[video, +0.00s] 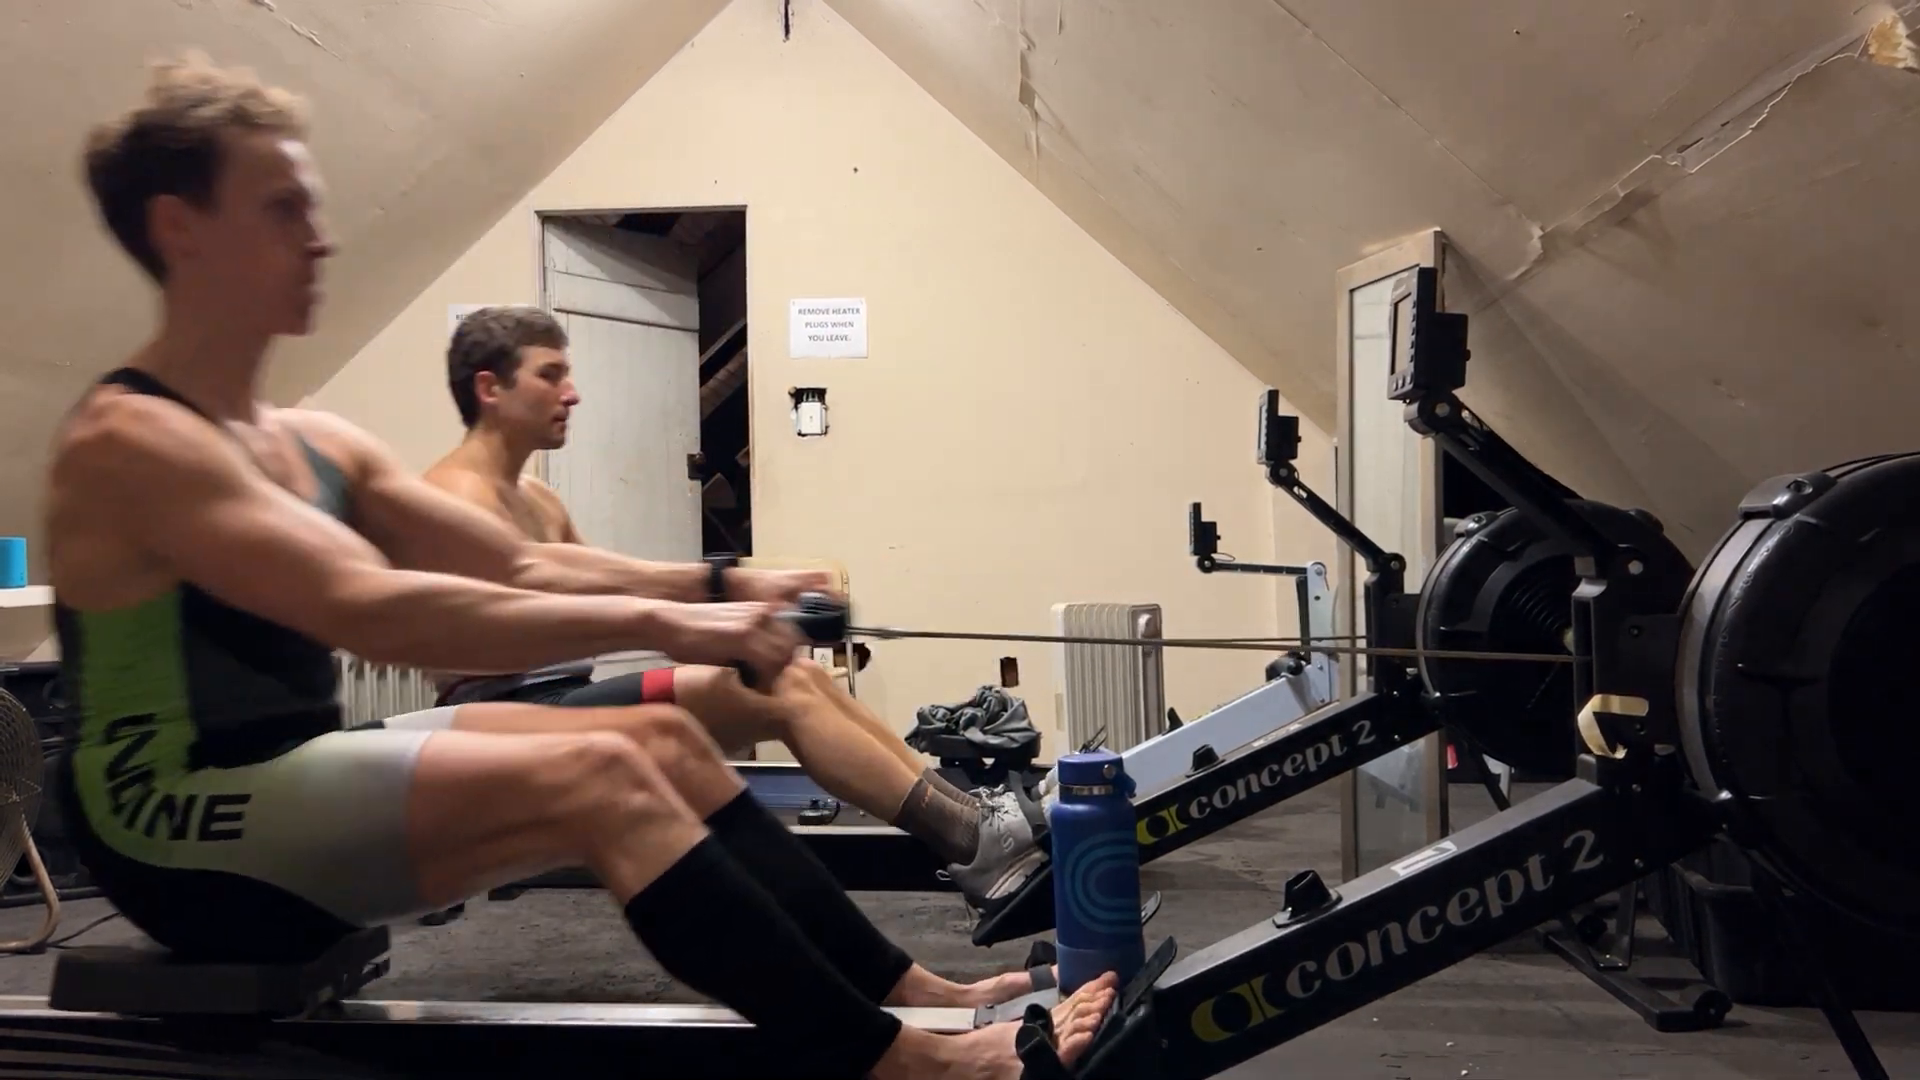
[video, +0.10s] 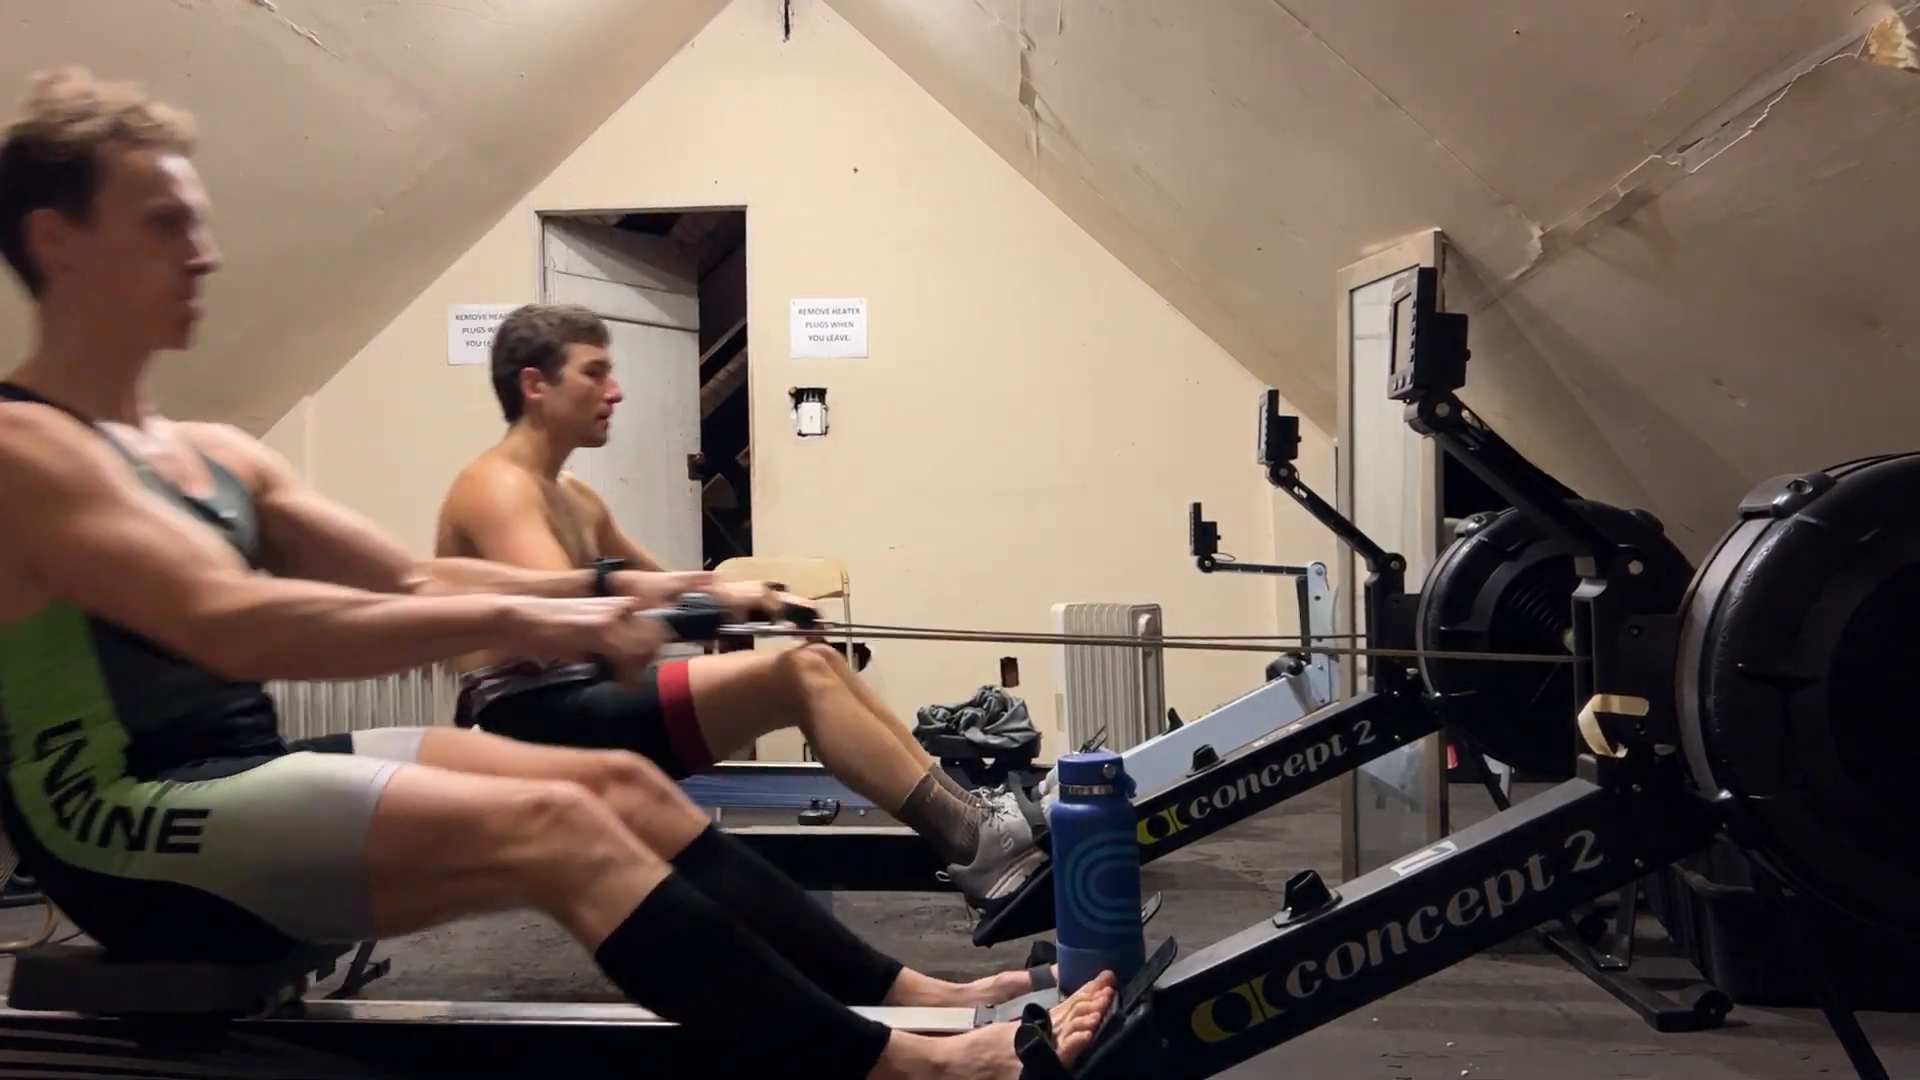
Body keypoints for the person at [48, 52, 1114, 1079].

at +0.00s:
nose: (323, 237)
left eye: (314, 206)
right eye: (285, 208)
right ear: (173, 226)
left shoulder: (310, 439)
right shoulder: (133, 440)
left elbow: (505, 560)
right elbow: (373, 619)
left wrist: (710, 602)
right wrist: (662, 631)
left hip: (295, 765)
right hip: (179, 798)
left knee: (671, 736)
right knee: (606, 780)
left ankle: (909, 998)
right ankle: (885, 1058)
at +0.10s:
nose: (204, 256)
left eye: (199, 225)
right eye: (169, 222)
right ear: (51, 241)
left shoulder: (207, 450)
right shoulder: (24, 447)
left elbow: (413, 585)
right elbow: (230, 625)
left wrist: (585, 609)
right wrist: (520, 624)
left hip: (248, 772)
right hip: (132, 808)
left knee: (613, 789)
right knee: (548, 819)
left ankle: (905, 996)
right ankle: (893, 1061)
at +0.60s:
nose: (197, 308)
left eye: (197, 275)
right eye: (169, 272)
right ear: (52, 273)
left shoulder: (153, 474)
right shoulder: (10, 464)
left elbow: (225, 670)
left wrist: (272, 574)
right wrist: (64, 560)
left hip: (222, 786)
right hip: (94, 832)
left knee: (593, 794)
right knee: (519, 828)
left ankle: (890, 1005)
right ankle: (850, 1058)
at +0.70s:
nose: (379, 273)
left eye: (375, 242)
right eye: (346, 240)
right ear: (233, 249)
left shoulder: (300, 466)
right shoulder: (102, 440)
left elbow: (401, 660)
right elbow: (24, 682)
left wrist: (482, 583)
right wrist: (301, 573)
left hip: (277, 795)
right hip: (148, 827)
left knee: (646, 748)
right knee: (581, 782)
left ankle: (894, 999)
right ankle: (849, 1056)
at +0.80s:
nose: (558, 285)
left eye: (549, 253)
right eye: (524, 253)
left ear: (448, 273)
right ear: (416, 268)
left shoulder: (464, 483)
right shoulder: (285, 433)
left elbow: (614, 634)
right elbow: (357, 663)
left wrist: (757, 617)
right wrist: (645, 624)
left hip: (349, 805)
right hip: (229, 834)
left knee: (700, 702)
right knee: (637, 743)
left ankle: (908, 995)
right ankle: (886, 1064)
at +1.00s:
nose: (680, 299)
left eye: (665, 269)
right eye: (645, 272)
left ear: (556, 306)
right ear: (547, 302)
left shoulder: (592, 480)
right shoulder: (449, 445)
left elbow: (784, 587)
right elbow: (702, 613)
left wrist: (977, 617)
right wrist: (984, 652)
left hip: (377, 806)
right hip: (293, 832)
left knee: (748, 686)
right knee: (686, 713)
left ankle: (919, 988)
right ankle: (902, 1055)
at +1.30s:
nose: (203, 267)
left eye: (202, 237)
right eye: (169, 237)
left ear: (196, 240)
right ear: (55, 251)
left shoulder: (211, 432)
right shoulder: (21, 430)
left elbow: (360, 602)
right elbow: (154, 650)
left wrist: (520, 602)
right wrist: (446, 614)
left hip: (252, 765)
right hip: (127, 807)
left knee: (626, 792)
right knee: (564, 838)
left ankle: (926, 1005)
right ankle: (904, 1061)